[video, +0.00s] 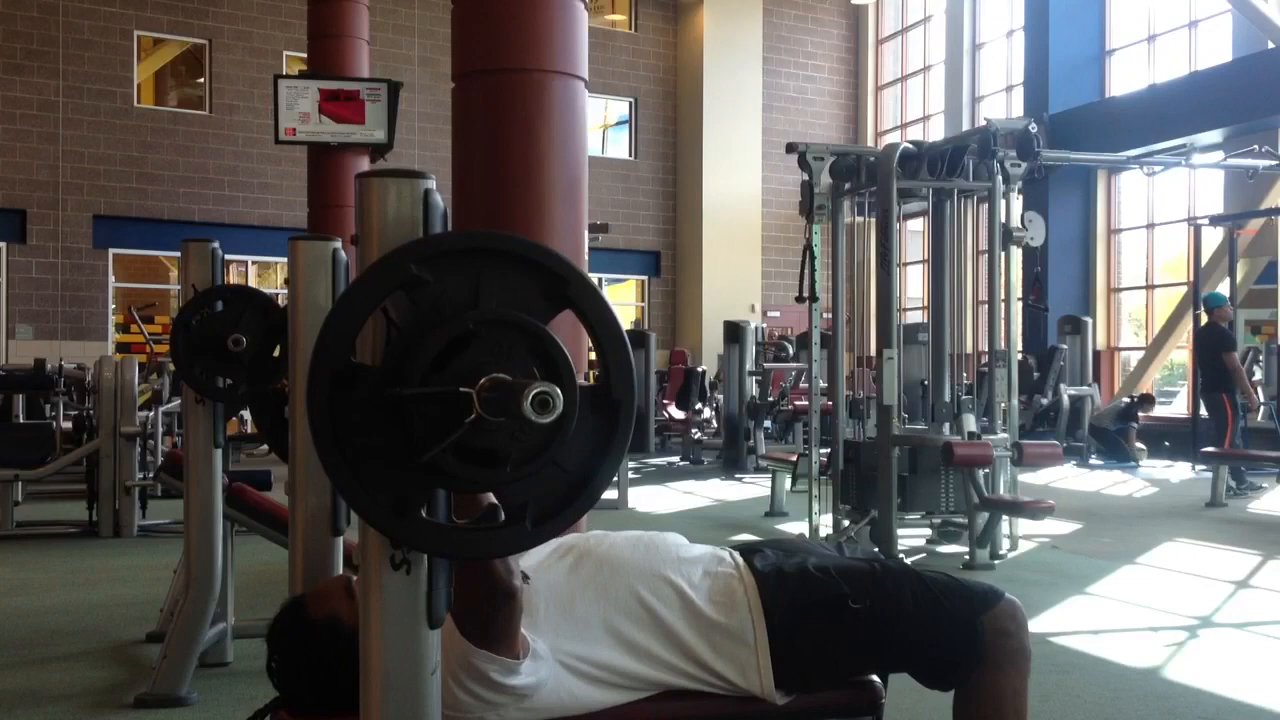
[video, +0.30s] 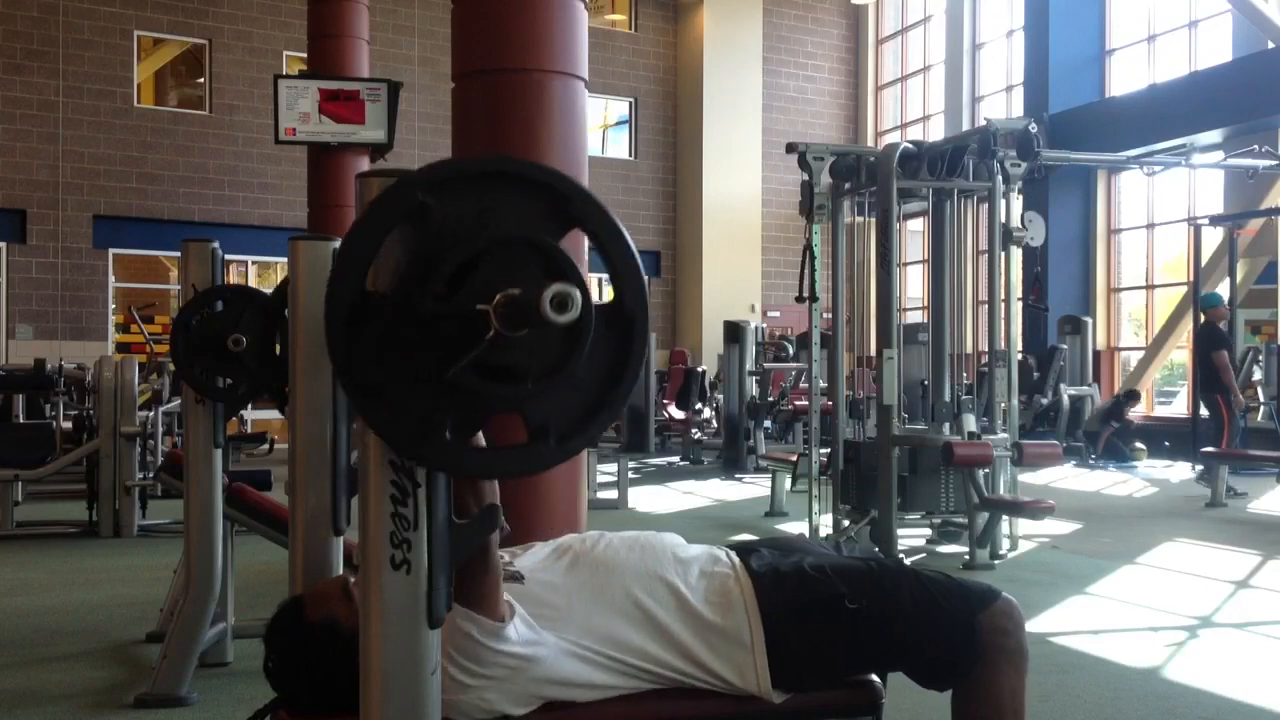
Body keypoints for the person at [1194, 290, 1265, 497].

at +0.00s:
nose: (1231, 308)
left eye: (1229, 305)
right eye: (1227, 306)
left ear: (1213, 312)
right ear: (1216, 311)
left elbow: (1202, 365)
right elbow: (1235, 367)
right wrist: (1250, 394)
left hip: (1208, 389)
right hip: (1223, 390)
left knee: (1231, 434)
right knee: (1228, 435)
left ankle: (1240, 480)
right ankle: (1222, 484)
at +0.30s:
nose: (1227, 309)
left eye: (1225, 305)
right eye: (1223, 306)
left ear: (1211, 311)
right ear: (1212, 310)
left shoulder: (1203, 330)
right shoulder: (1215, 333)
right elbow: (1224, 366)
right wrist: (1236, 393)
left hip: (1208, 388)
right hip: (1217, 390)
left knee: (1221, 428)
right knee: (1229, 429)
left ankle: (1209, 472)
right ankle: (1219, 478)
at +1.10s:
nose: (1205, 310)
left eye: (1203, 306)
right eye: (1200, 307)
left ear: (1192, 311)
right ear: (1189, 310)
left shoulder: (1191, 329)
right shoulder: (1185, 330)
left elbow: (1196, 360)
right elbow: (1193, 360)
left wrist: (1210, 383)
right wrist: (1212, 384)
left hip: (1189, 387)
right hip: (1185, 388)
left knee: (1187, 431)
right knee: (1196, 429)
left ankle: (1186, 479)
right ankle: (1193, 479)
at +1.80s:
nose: (1185, 310)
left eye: (1184, 307)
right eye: (1181, 307)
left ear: (1176, 310)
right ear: (1171, 310)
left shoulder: (1179, 334)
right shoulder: (1165, 333)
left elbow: (1189, 367)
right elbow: (1165, 366)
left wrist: (1202, 391)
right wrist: (1176, 395)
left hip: (1183, 391)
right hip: (1168, 391)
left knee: (1182, 438)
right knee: (1168, 436)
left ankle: (1183, 479)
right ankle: (1157, 481)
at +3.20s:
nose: (1173, 311)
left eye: (1173, 307)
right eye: (1170, 307)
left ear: (1155, 310)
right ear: (1160, 309)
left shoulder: (1154, 330)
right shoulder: (1160, 332)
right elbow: (1167, 364)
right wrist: (1178, 392)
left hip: (1154, 387)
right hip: (1158, 389)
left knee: (1162, 433)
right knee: (1161, 433)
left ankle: (1163, 480)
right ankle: (1157, 483)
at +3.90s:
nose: (1178, 311)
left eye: (1177, 307)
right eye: (1176, 307)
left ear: (1156, 311)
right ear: (1170, 309)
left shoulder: (1149, 334)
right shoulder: (1175, 332)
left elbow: (1150, 365)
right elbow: (1186, 362)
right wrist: (1199, 388)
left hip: (1153, 391)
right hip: (1171, 391)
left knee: (1163, 432)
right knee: (1184, 431)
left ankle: (1164, 478)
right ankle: (1167, 479)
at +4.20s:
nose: (1185, 313)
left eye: (1184, 309)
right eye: (1182, 309)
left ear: (1165, 313)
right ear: (1176, 312)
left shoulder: (1155, 336)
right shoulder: (1180, 334)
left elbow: (1147, 365)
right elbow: (1195, 363)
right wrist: (1217, 385)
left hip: (1161, 393)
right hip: (1178, 393)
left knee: (1175, 436)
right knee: (1197, 432)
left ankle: (1168, 480)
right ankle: (1177, 479)